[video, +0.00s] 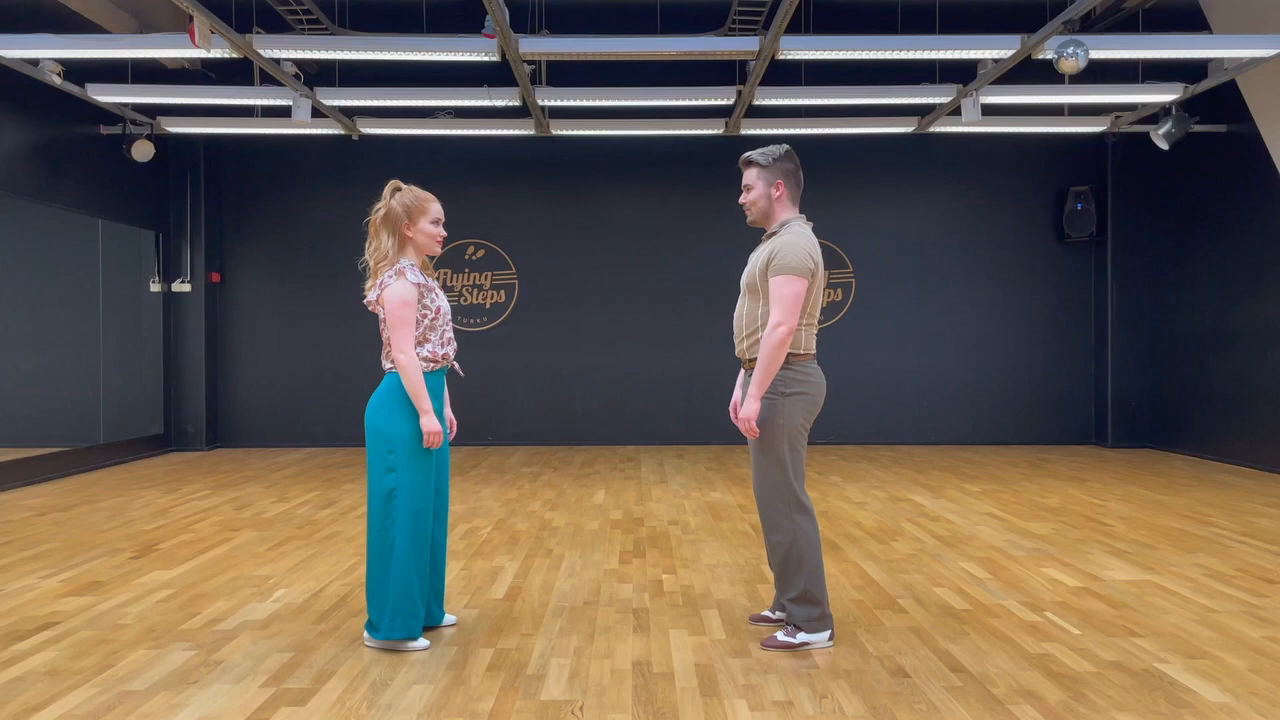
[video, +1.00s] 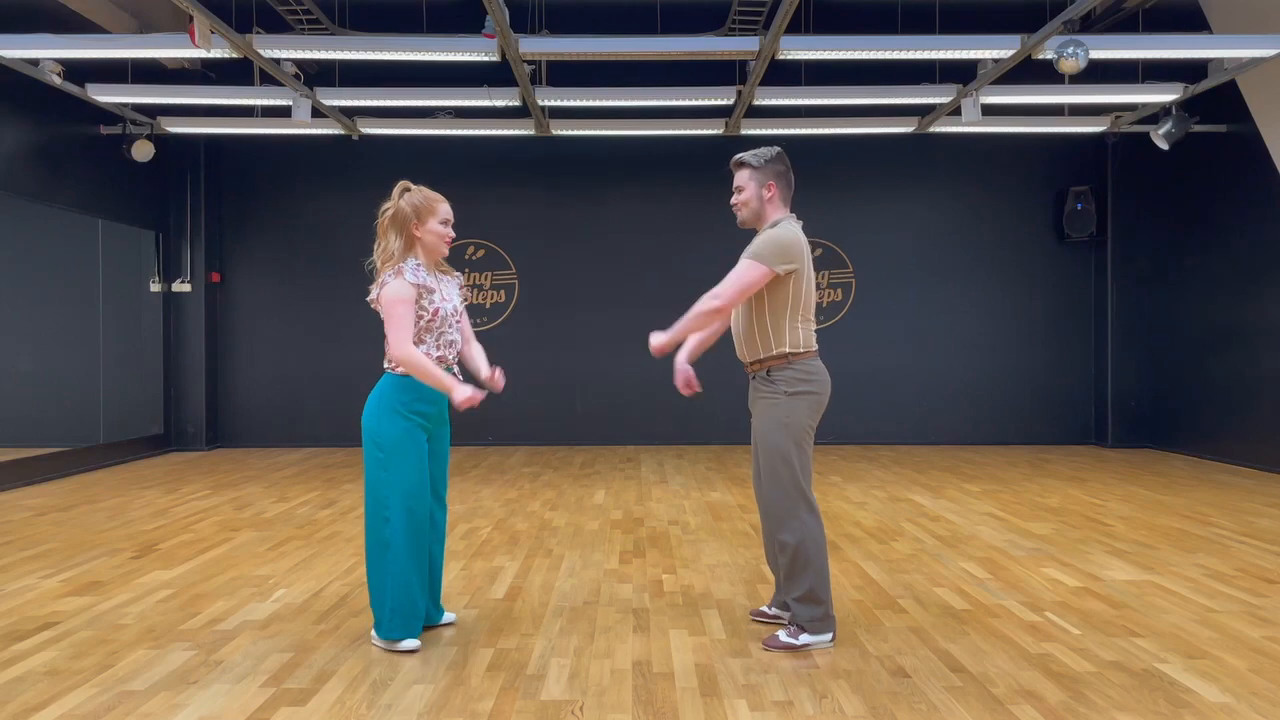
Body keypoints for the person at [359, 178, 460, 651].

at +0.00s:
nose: (444, 230)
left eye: (443, 222)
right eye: (435, 223)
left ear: (416, 229)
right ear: (407, 228)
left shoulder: (422, 277)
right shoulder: (400, 281)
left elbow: (428, 349)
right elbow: (402, 352)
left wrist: (444, 402)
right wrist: (425, 411)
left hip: (425, 399)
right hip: (401, 404)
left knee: (427, 513)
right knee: (401, 518)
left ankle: (423, 609)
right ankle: (388, 625)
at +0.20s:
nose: (444, 230)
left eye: (443, 221)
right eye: (435, 222)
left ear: (416, 229)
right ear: (407, 228)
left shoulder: (422, 277)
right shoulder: (399, 281)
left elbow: (429, 348)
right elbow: (402, 352)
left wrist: (444, 403)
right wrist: (425, 411)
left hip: (426, 399)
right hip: (401, 404)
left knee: (427, 513)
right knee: (401, 518)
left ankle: (423, 609)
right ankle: (388, 625)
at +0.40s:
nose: (444, 230)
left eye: (443, 221)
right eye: (435, 222)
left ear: (416, 229)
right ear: (408, 228)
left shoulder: (423, 277)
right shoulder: (400, 280)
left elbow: (430, 348)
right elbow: (402, 351)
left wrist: (445, 402)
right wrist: (426, 410)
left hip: (426, 399)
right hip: (401, 404)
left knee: (427, 513)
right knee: (401, 518)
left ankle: (423, 609)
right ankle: (388, 625)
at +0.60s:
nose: (445, 230)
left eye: (444, 222)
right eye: (436, 223)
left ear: (416, 229)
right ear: (408, 228)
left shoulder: (423, 277)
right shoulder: (401, 281)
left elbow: (431, 348)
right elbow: (403, 352)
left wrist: (446, 402)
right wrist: (427, 410)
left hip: (427, 399)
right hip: (401, 404)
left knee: (428, 513)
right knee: (401, 518)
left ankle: (423, 609)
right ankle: (388, 625)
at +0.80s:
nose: (446, 231)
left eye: (445, 222)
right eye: (437, 223)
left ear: (417, 229)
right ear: (410, 229)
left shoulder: (424, 277)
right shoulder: (403, 282)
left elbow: (431, 348)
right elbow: (403, 353)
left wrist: (446, 402)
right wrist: (426, 411)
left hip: (426, 401)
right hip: (402, 406)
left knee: (427, 514)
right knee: (402, 519)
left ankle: (422, 609)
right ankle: (389, 626)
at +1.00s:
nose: (453, 232)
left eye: (452, 223)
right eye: (444, 224)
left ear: (434, 229)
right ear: (415, 229)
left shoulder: (450, 282)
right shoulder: (400, 282)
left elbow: (465, 339)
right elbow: (400, 351)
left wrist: (482, 371)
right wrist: (452, 386)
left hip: (433, 407)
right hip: (397, 408)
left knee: (430, 510)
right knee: (398, 514)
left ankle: (424, 607)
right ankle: (391, 624)